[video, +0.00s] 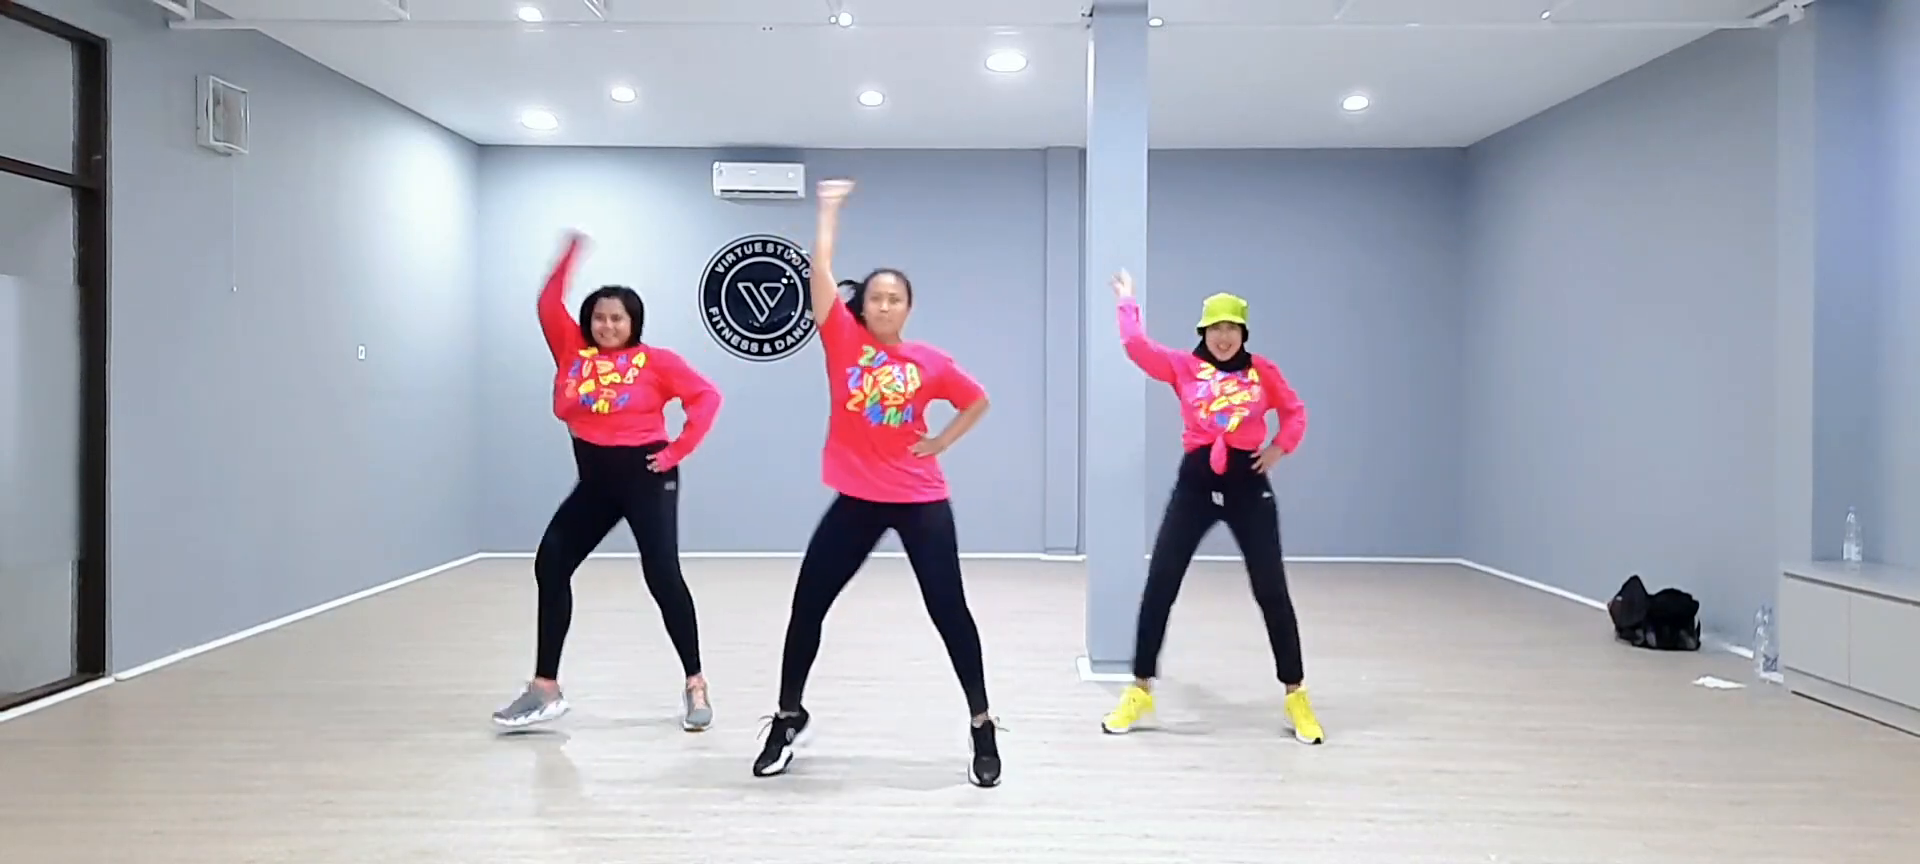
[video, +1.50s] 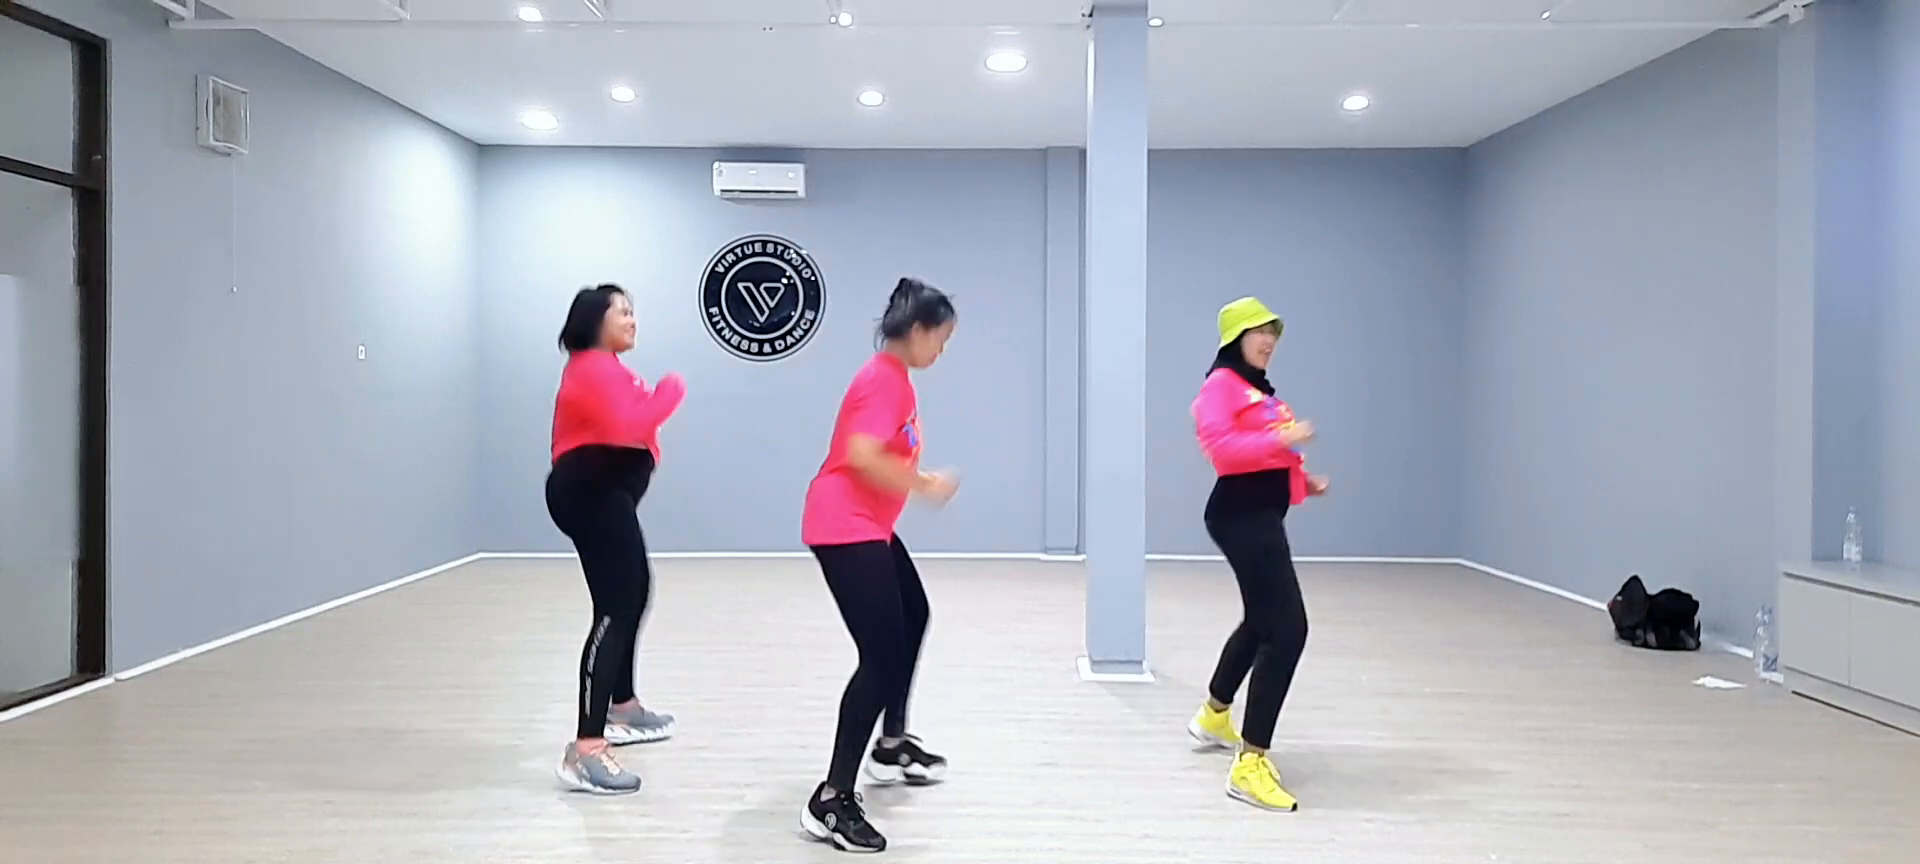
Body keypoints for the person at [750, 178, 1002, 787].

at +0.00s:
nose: (886, 306)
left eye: (896, 299)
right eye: (877, 298)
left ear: (909, 309)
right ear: (861, 306)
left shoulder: (927, 362)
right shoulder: (842, 342)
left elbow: (977, 401)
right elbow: (821, 274)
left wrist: (940, 443)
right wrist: (828, 210)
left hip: (920, 500)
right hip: (858, 499)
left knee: (948, 608)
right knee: (808, 600)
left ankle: (982, 723)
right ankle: (788, 715)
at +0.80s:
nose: (877, 297)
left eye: (888, 290)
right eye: (869, 289)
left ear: (902, 297)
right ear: (853, 294)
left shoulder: (922, 347)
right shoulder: (834, 330)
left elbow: (968, 384)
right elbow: (808, 284)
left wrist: (970, 445)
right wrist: (817, 218)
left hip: (909, 485)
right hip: (843, 484)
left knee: (928, 597)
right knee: (831, 601)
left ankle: (943, 714)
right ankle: (832, 688)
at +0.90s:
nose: (895, 312)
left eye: (904, 303)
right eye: (886, 303)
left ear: (916, 308)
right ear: (868, 306)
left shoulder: (933, 362)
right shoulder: (847, 349)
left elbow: (966, 419)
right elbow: (826, 361)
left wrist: (994, 469)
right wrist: (852, 299)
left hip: (920, 507)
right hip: (858, 506)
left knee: (923, 620)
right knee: (865, 622)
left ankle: (926, 728)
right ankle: (870, 712)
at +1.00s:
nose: (906, 339)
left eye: (916, 330)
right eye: (897, 329)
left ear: (926, 334)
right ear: (878, 329)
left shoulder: (937, 390)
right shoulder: (853, 380)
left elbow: (958, 459)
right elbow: (852, 445)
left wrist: (987, 513)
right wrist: (897, 416)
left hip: (931, 529)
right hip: (868, 531)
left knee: (931, 643)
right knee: (873, 651)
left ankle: (925, 736)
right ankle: (867, 711)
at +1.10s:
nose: (917, 340)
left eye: (926, 331)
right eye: (908, 330)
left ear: (936, 329)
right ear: (887, 324)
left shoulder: (939, 378)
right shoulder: (854, 376)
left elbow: (950, 446)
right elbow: (837, 446)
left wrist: (958, 492)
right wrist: (886, 479)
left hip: (930, 522)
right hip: (870, 524)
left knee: (933, 631)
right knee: (877, 626)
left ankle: (926, 730)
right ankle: (856, 715)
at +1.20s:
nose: (920, 336)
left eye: (929, 326)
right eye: (911, 324)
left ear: (939, 318)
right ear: (889, 313)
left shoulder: (936, 362)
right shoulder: (860, 361)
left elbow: (953, 428)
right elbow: (803, 412)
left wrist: (945, 429)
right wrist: (848, 457)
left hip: (919, 504)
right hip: (862, 501)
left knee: (936, 613)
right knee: (878, 615)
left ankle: (920, 718)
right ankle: (847, 755)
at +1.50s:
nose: (943, 350)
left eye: (946, 340)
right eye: (941, 338)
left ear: (910, 331)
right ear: (916, 330)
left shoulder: (893, 379)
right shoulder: (885, 380)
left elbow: (866, 456)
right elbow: (859, 453)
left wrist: (909, 481)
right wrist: (919, 481)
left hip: (868, 524)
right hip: (845, 526)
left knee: (912, 615)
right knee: (880, 653)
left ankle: (891, 739)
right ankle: (834, 796)